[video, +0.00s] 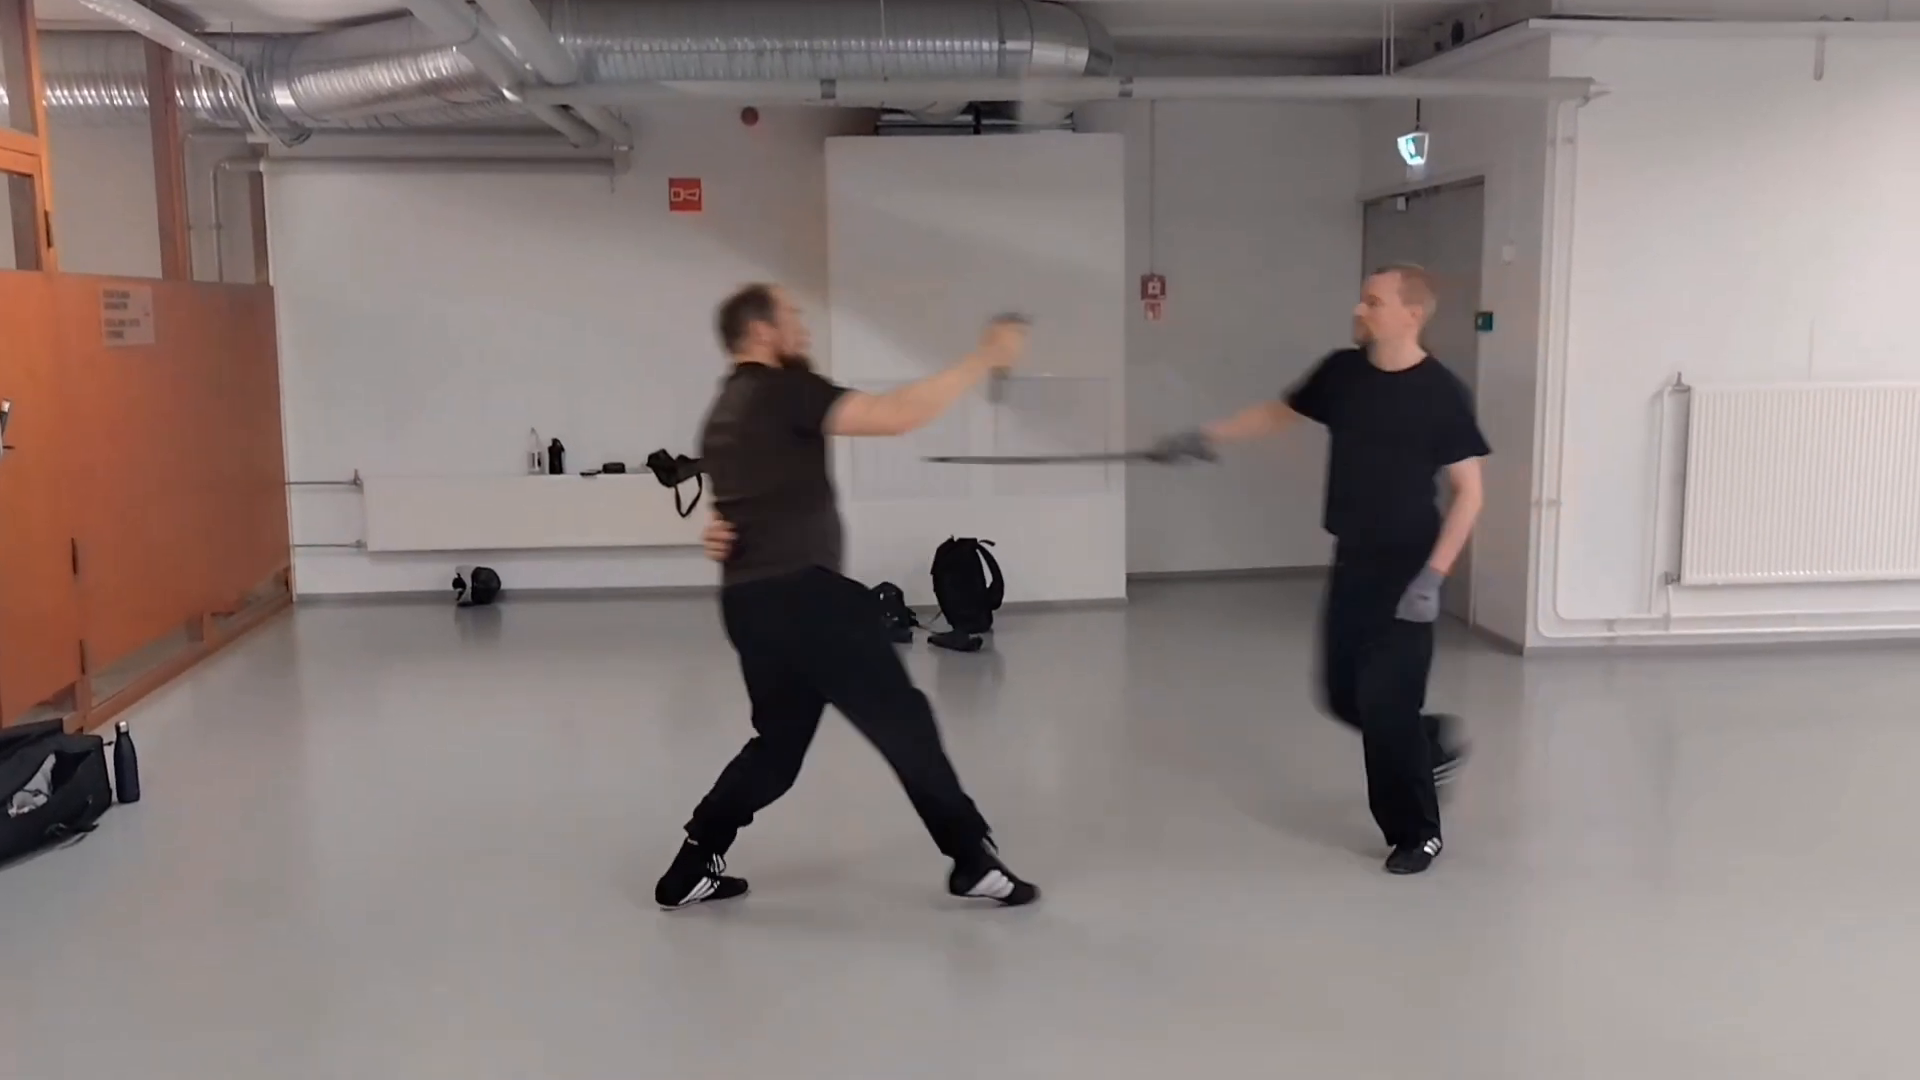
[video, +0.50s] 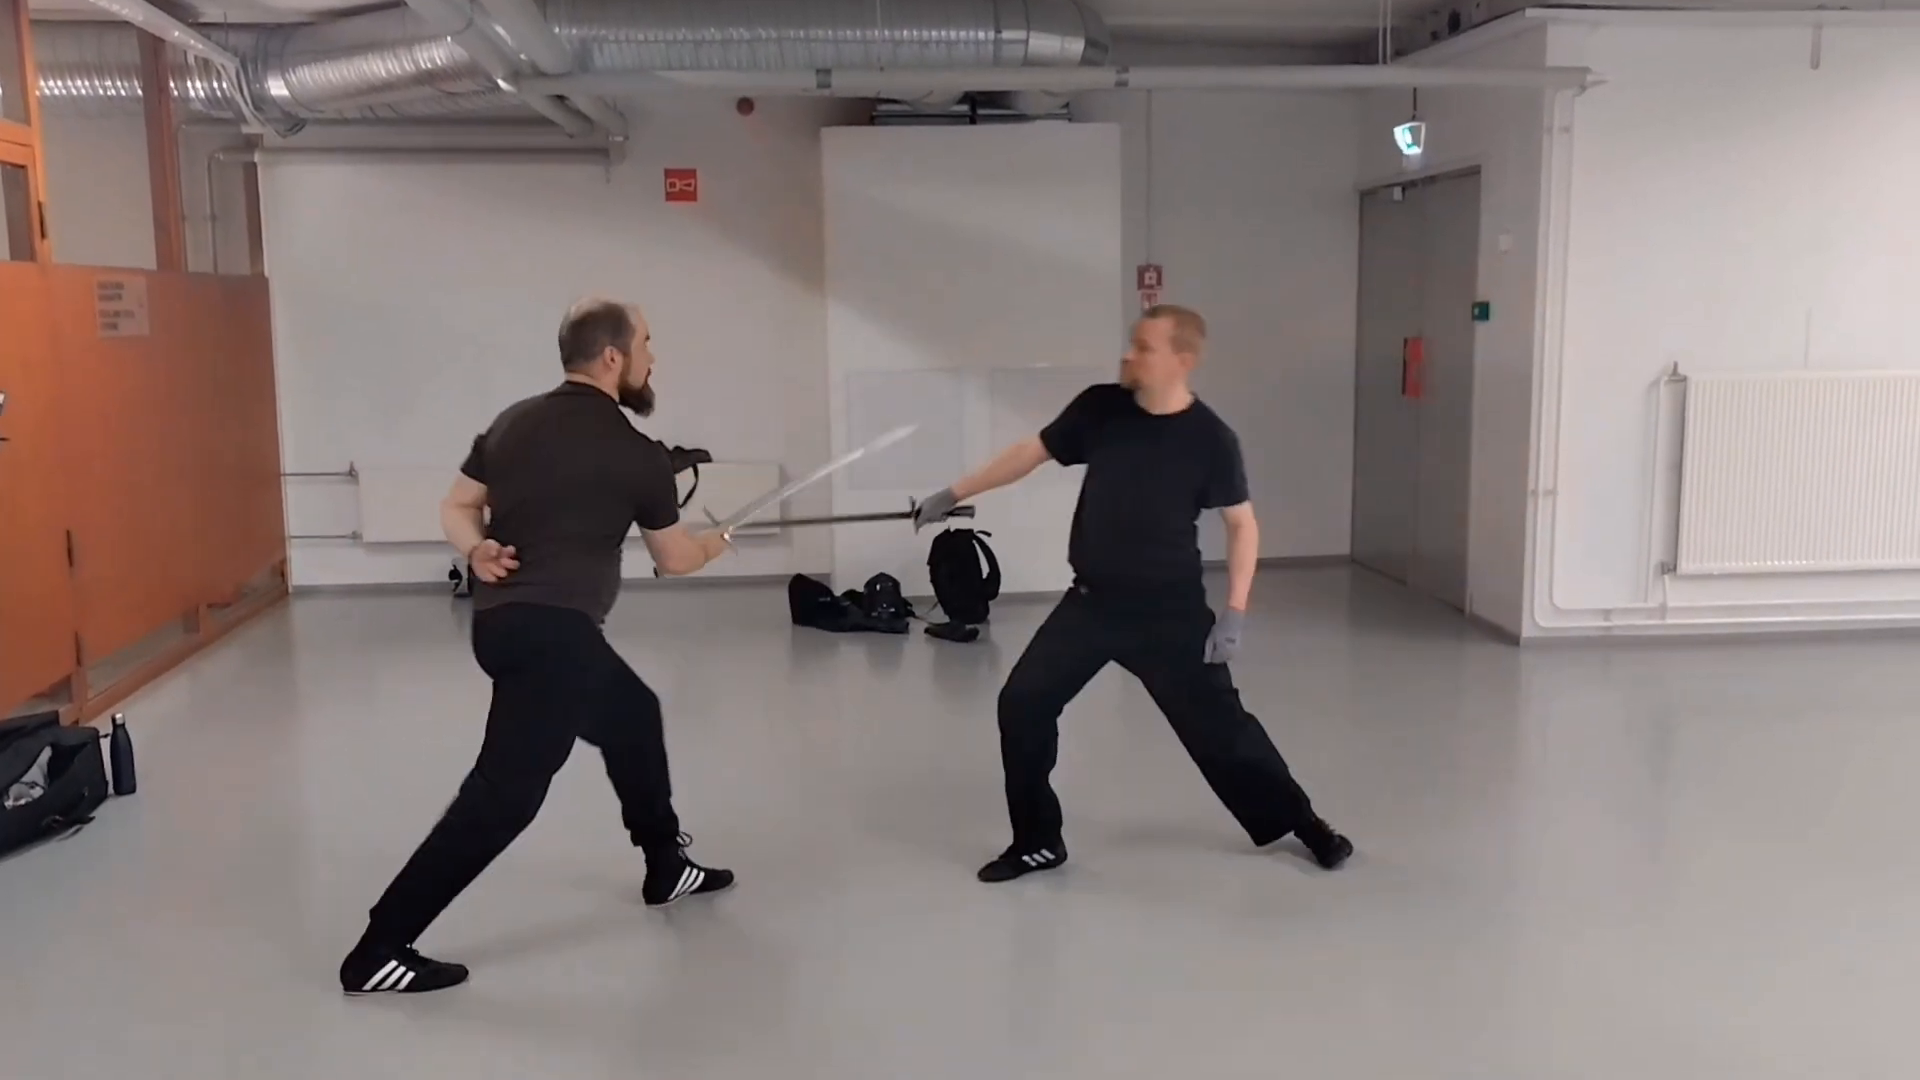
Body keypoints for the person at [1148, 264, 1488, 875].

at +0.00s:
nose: (1358, 311)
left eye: (1373, 303)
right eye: (1361, 301)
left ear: (1413, 316)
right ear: (1377, 313)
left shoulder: (1441, 391)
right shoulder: (1344, 371)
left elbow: (1469, 493)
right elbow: (1276, 415)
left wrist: (1432, 574)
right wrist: (1204, 437)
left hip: (1411, 565)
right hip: (1354, 558)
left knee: (1388, 702)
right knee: (1343, 694)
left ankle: (1416, 834)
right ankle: (1430, 739)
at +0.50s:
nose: (1128, 356)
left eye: (1143, 349)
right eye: (1131, 345)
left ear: (1183, 360)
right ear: (1137, 353)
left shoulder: (1211, 439)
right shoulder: (1101, 407)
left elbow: (1242, 528)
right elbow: (1029, 454)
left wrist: (1234, 614)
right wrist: (952, 494)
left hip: (1169, 613)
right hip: (1090, 605)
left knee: (1224, 728)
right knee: (1022, 702)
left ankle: (1305, 824)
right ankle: (1038, 839)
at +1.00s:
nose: (1148, 341)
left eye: (1163, 334)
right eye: (1150, 329)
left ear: (1201, 346)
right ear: (1154, 334)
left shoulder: (1222, 426)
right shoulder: (1117, 390)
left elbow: (1256, 518)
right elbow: (1057, 456)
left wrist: (1244, 603)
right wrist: (987, 507)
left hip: (1170, 599)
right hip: (1092, 591)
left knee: (1225, 715)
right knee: (1024, 694)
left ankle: (1303, 819)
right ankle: (1037, 833)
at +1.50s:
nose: (1293, 283)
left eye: (1307, 274)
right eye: (1295, 272)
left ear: (1349, 286)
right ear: (1305, 280)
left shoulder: (1374, 364)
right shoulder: (1278, 340)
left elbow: (1403, 468)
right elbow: (1254, 422)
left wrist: (1376, 553)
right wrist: (1214, 491)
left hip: (1332, 545)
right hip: (1262, 538)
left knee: (1326, 692)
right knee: (1232, 676)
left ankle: (1320, 823)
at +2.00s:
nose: (1371, 285)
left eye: (1383, 276)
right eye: (1372, 276)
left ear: (1425, 284)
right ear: (1399, 288)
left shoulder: (1446, 355)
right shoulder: (1397, 352)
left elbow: (1466, 454)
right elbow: (1390, 441)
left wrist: (1434, 543)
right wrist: (1326, 470)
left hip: (1436, 535)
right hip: (1404, 530)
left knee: (1394, 667)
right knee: (1446, 659)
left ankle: (1351, 811)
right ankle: (1490, 769)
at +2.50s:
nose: (1379, 279)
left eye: (1390, 269)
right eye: (1380, 270)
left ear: (1430, 277)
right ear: (1424, 279)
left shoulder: (1438, 342)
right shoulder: (1426, 342)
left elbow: (1435, 445)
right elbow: (1407, 424)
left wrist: (1406, 530)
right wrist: (1375, 375)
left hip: (1436, 523)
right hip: (1443, 518)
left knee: (1403, 662)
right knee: (1439, 653)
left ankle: (1404, 815)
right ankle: (1459, 773)